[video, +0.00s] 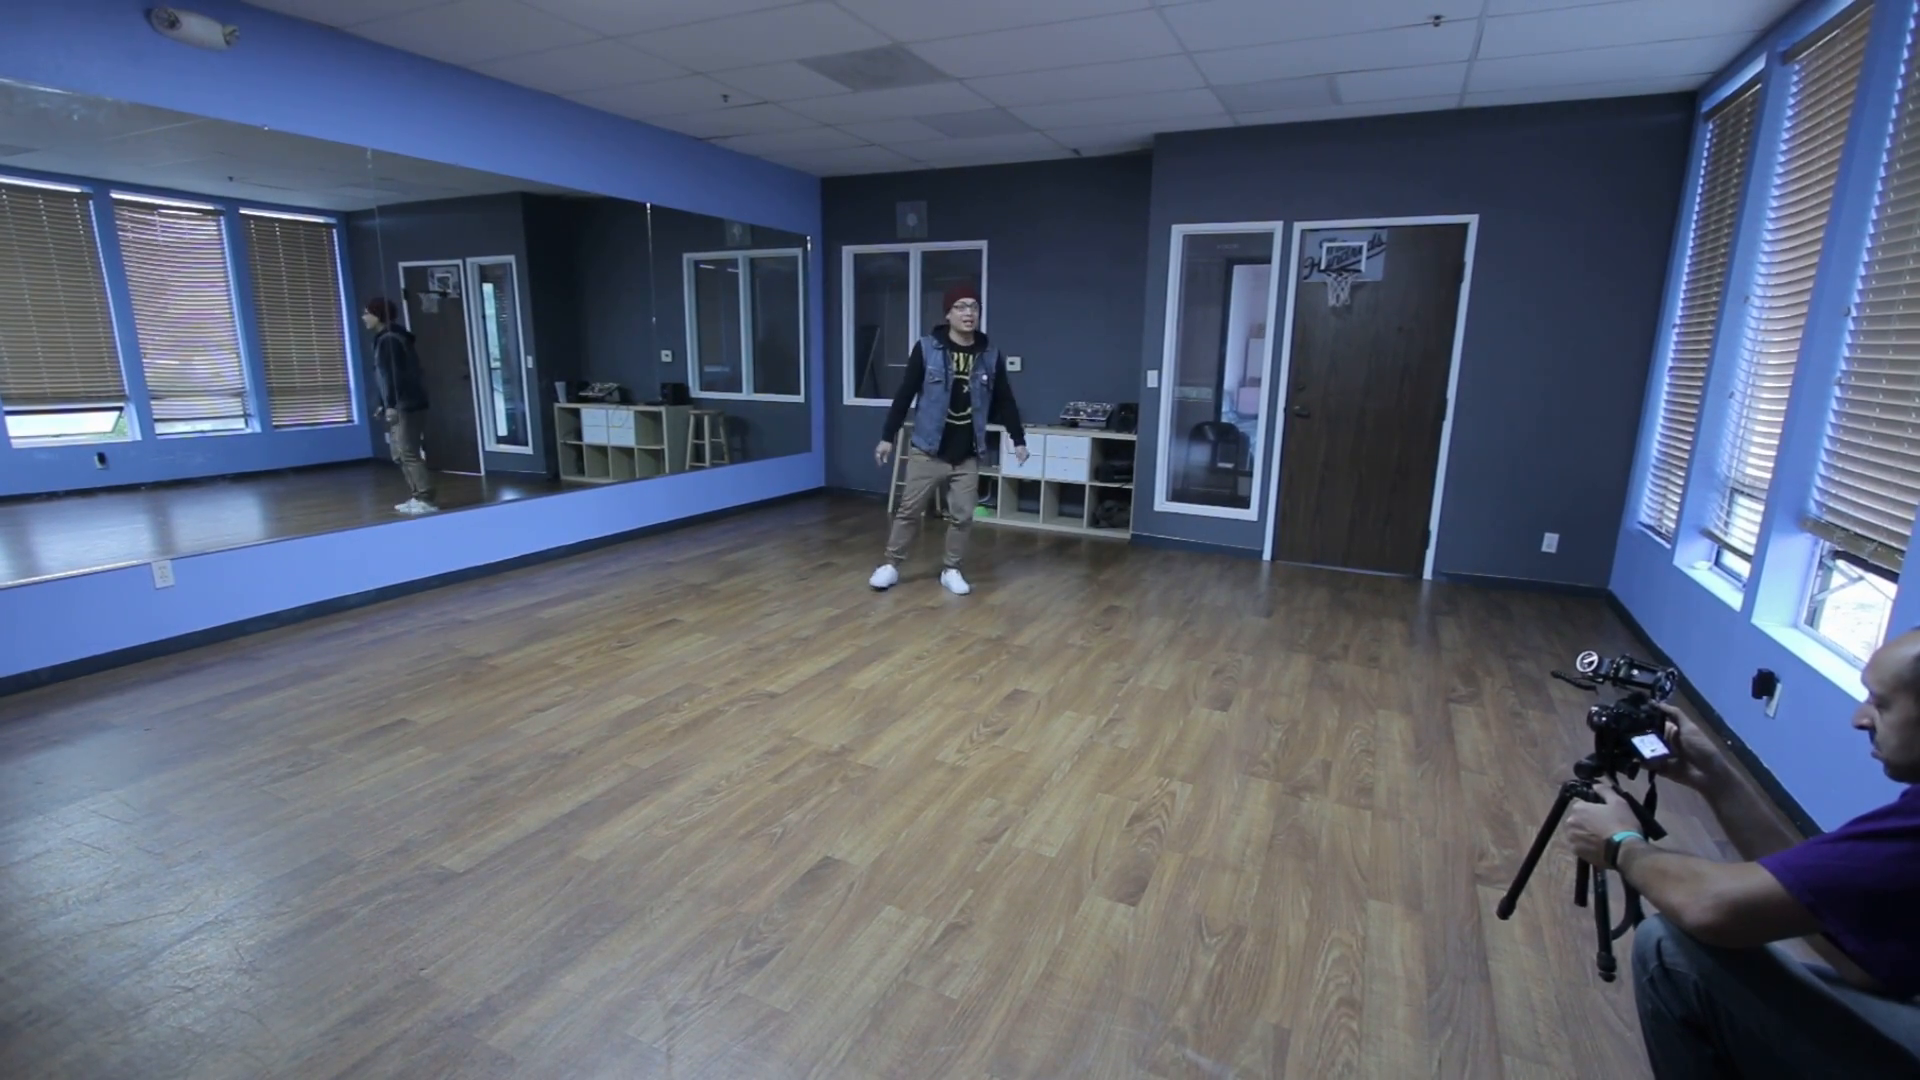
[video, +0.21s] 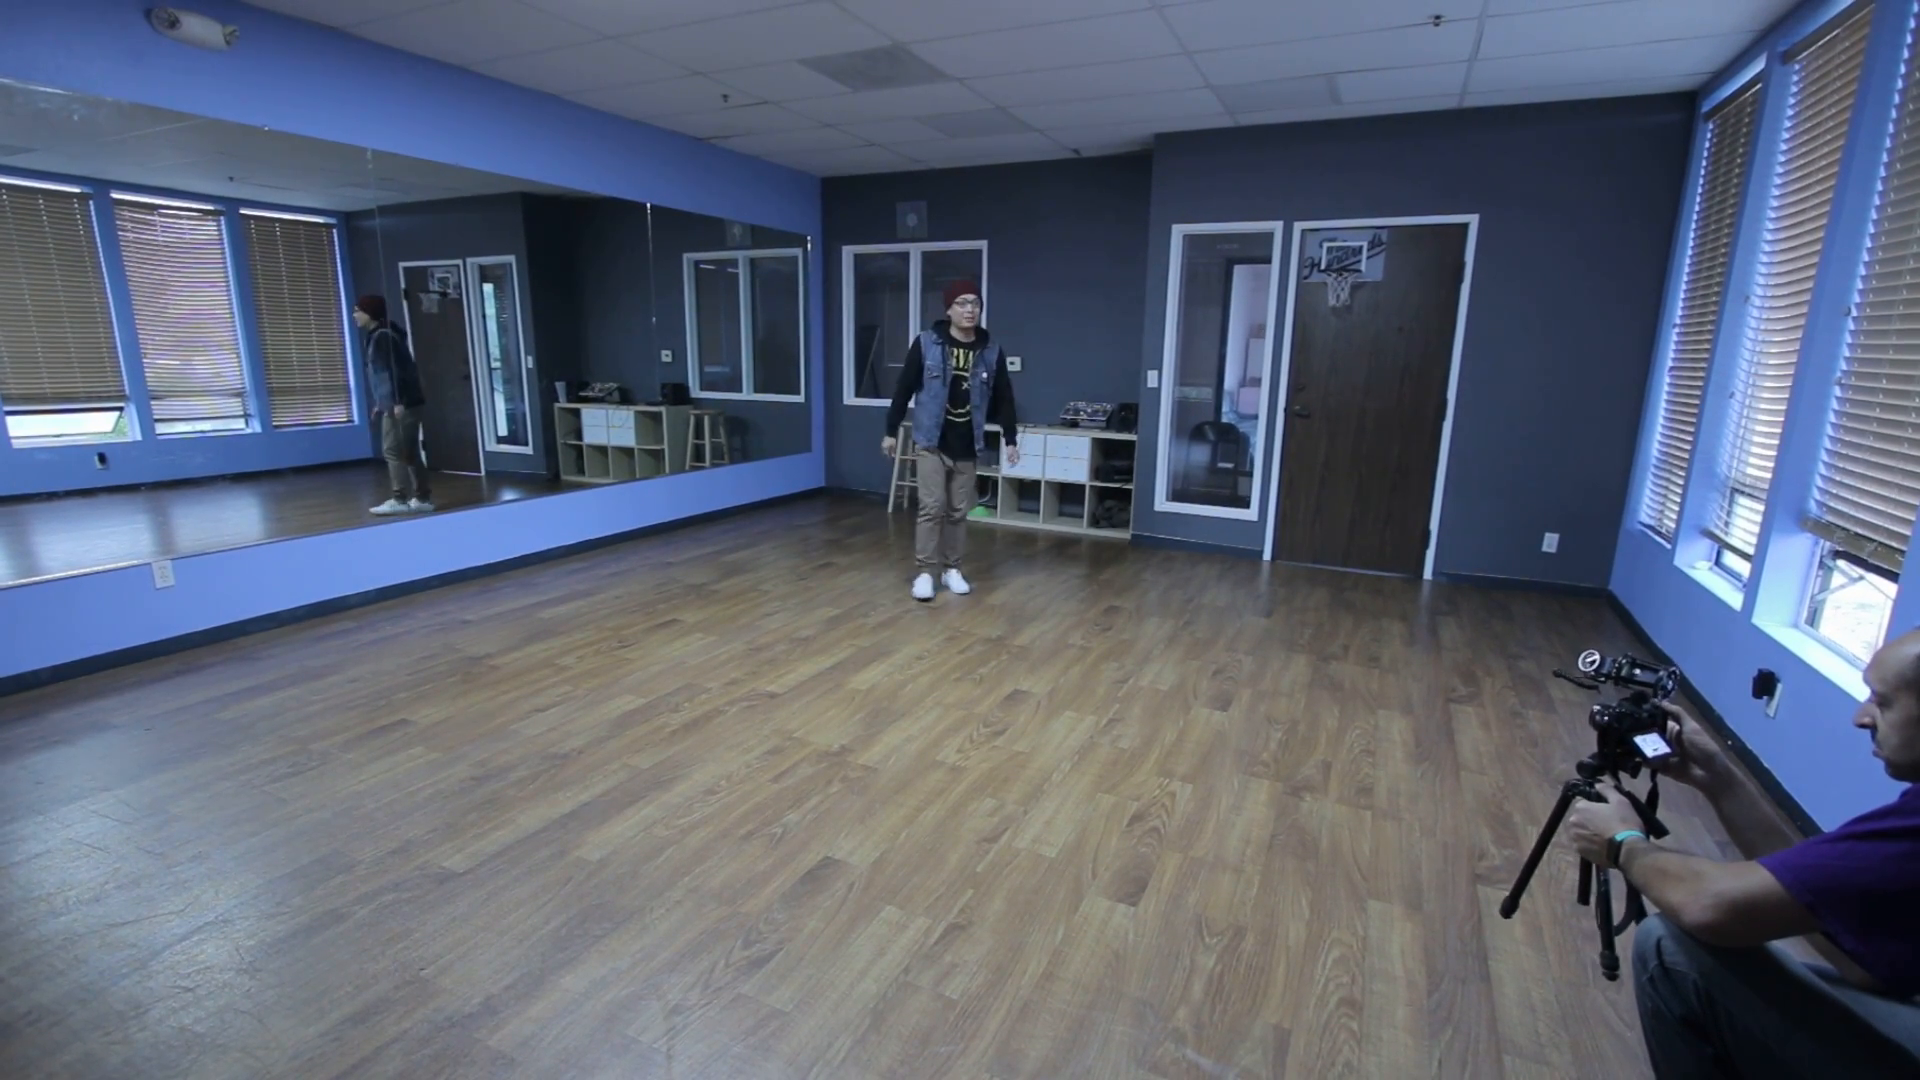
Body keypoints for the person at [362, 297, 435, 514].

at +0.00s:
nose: (364, 319)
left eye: (367, 314)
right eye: (364, 314)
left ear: (380, 316)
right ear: (379, 317)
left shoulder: (391, 339)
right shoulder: (383, 339)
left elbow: (392, 374)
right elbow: (386, 376)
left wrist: (391, 404)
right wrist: (383, 404)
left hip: (406, 403)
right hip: (397, 404)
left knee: (408, 451)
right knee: (400, 453)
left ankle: (425, 497)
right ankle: (417, 496)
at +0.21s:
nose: (355, 317)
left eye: (358, 312)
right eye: (355, 312)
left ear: (371, 314)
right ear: (370, 314)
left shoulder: (383, 337)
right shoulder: (377, 336)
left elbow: (392, 371)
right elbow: (383, 375)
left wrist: (397, 401)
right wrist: (380, 403)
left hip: (397, 404)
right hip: (404, 403)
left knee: (392, 451)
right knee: (411, 452)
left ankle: (400, 497)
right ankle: (422, 497)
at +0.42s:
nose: (351, 320)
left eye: (354, 316)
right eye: (351, 316)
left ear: (363, 318)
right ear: (372, 317)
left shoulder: (373, 341)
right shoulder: (385, 336)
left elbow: (382, 378)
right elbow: (387, 377)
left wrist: (381, 411)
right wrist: (386, 406)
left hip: (388, 410)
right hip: (400, 408)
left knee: (370, 451)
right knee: (398, 452)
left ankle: (375, 500)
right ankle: (421, 496)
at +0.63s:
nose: (334, 321)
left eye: (337, 316)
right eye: (335, 316)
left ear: (349, 318)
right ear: (358, 318)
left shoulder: (355, 343)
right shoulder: (375, 336)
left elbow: (360, 382)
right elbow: (386, 376)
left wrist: (357, 415)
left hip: (370, 413)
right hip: (388, 409)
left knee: (359, 458)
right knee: (397, 454)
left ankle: (348, 505)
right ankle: (422, 497)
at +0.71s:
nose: (323, 321)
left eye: (327, 318)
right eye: (325, 317)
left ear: (339, 320)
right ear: (348, 319)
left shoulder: (345, 345)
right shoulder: (367, 337)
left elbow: (349, 384)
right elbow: (376, 376)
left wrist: (344, 418)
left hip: (366, 413)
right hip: (386, 408)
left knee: (352, 458)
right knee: (398, 455)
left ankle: (345, 507)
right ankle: (423, 498)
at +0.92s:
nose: (289, 329)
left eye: (292, 325)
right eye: (290, 325)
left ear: (303, 327)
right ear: (316, 325)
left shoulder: (310, 352)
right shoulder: (334, 342)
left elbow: (314, 391)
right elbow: (340, 382)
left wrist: (311, 424)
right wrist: (331, 414)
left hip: (354, 413)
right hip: (376, 407)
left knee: (331, 458)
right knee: (397, 454)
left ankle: (340, 507)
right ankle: (421, 496)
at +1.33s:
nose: (270, 321)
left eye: (274, 317)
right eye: (271, 317)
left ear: (287, 320)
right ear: (297, 318)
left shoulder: (294, 344)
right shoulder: (319, 334)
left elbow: (289, 384)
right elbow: (320, 375)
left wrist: (276, 419)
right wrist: (305, 403)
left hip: (337, 408)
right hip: (362, 401)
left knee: (330, 457)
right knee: (367, 453)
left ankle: (339, 505)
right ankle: (394, 496)